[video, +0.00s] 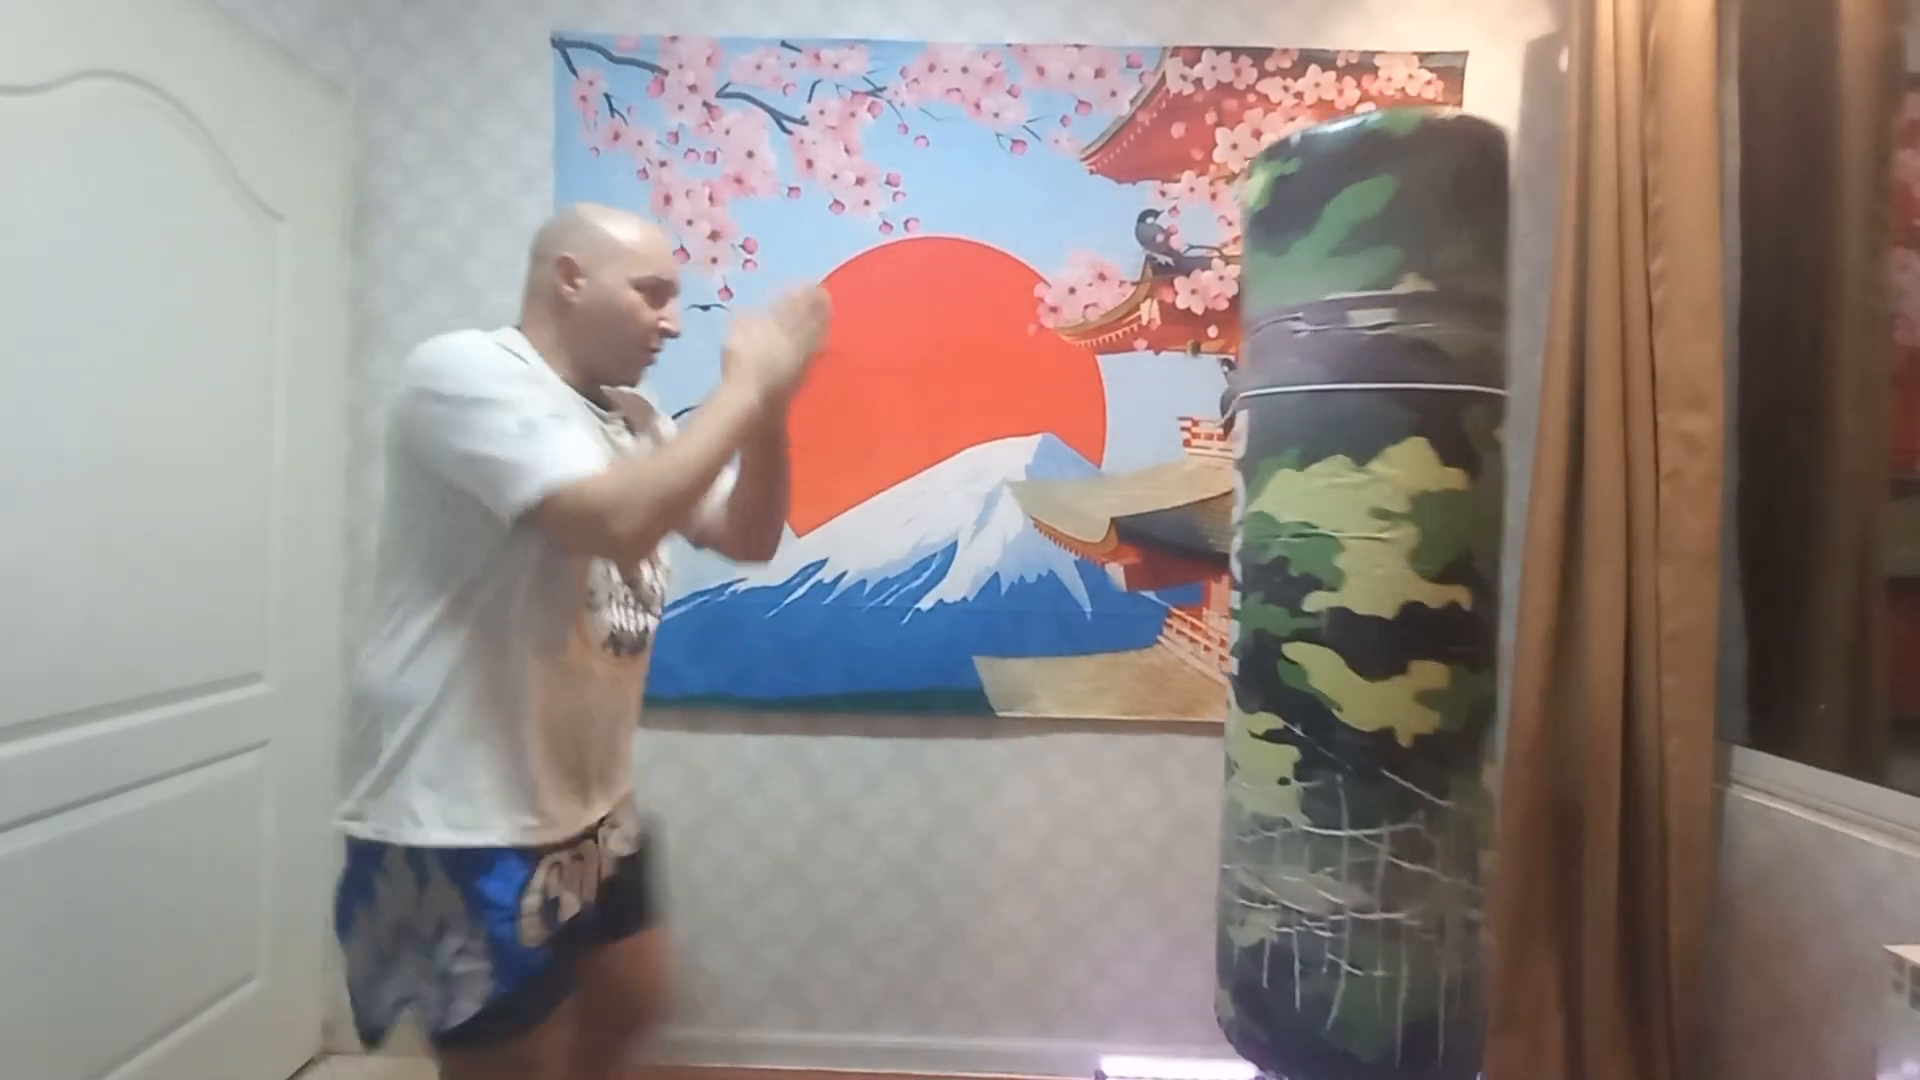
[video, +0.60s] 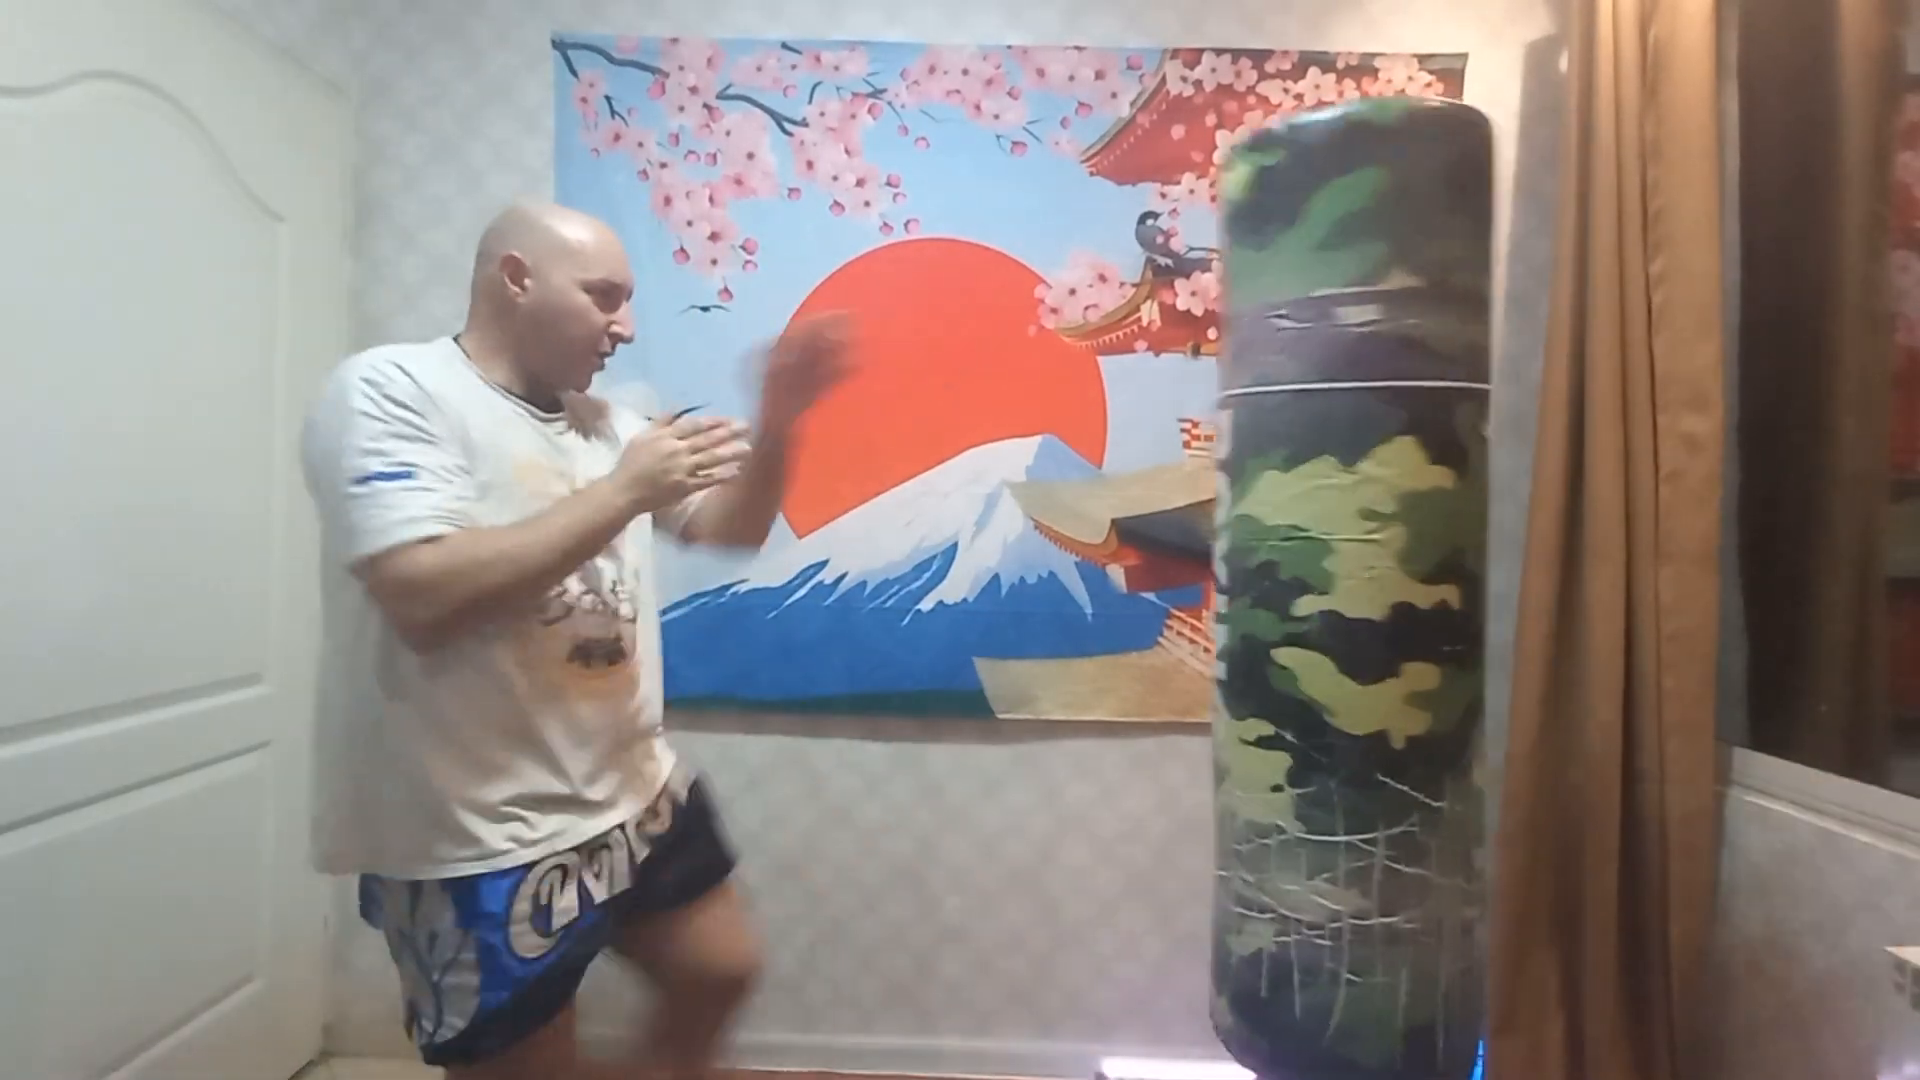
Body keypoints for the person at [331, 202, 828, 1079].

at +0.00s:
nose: (671, 322)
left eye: (673, 299)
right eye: (652, 293)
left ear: (577, 286)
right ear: (570, 282)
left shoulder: (632, 419)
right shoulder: (457, 374)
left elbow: (749, 536)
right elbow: (613, 518)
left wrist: (767, 402)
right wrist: (749, 386)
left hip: (593, 816)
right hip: (469, 839)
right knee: (518, 1063)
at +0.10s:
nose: (645, 318)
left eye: (647, 298)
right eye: (626, 292)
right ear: (540, 276)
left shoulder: (605, 411)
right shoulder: (425, 367)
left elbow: (727, 522)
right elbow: (600, 487)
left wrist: (747, 369)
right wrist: (725, 350)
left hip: (628, 776)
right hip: (477, 828)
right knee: (529, 1063)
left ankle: (632, 1064)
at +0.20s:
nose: (628, 331)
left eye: (629, 311)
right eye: (607, 307)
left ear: (541, 300)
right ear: (518, 290)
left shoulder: (581, 429)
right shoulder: (401, 382)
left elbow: (698, 551)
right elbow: (556, 517)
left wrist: (728, 408)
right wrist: (713, 388)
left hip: (632, 729)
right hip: (497, 822)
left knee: (862, 736)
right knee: (547, 1066)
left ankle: (897, 993)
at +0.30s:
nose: (609, 345)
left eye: (613, 324)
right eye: (591, 318)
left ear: (557, 317)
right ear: (500, 300)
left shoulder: (589, 428)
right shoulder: (385, 399)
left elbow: (669, 597)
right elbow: (494, 573)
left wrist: (711, 478)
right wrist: (695, 458)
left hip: (638, 726)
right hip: (500, 824)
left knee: (872, 736)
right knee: (543, 1065)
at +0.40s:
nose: (609, 336)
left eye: (614, 316)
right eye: (590, 307)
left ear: (536, 302)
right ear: (499, 292)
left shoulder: (586, 436)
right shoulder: (375, 396)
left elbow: (662, 613)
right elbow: (450, 590)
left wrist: (693, 500)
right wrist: (657, 496)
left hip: (634, 756)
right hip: (490, 839)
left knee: (848, 814)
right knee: (533, 1066)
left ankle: (1062, 1028)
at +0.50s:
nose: (619, 325)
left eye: (620, 301)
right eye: (598, 295)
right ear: (507, 281)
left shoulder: (598, 432)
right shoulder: (373, 387)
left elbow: (683, 586)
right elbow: (412, 598)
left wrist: (704, 484)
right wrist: (627, 489)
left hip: (633, 761)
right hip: (479, 838)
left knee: (810, 898)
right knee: (519, 1066)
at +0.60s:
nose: (625, 325)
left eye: (626, 300)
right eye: (603, 295)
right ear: (513, 282)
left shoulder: (609, 423)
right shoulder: (384, 392)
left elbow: (733, 524)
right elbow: (420, 601)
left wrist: (778, 420)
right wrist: (624, 492)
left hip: (631, 792)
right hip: (477, 840)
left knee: (720, 972)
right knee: (528, 1064)